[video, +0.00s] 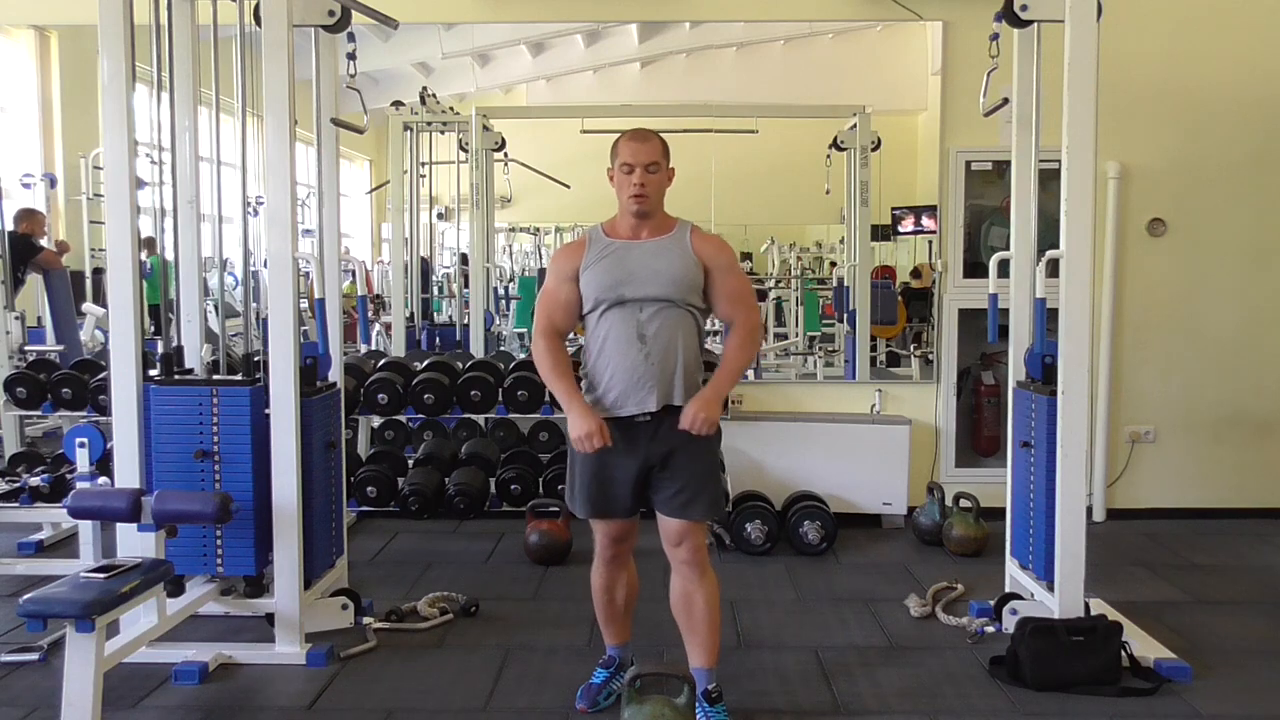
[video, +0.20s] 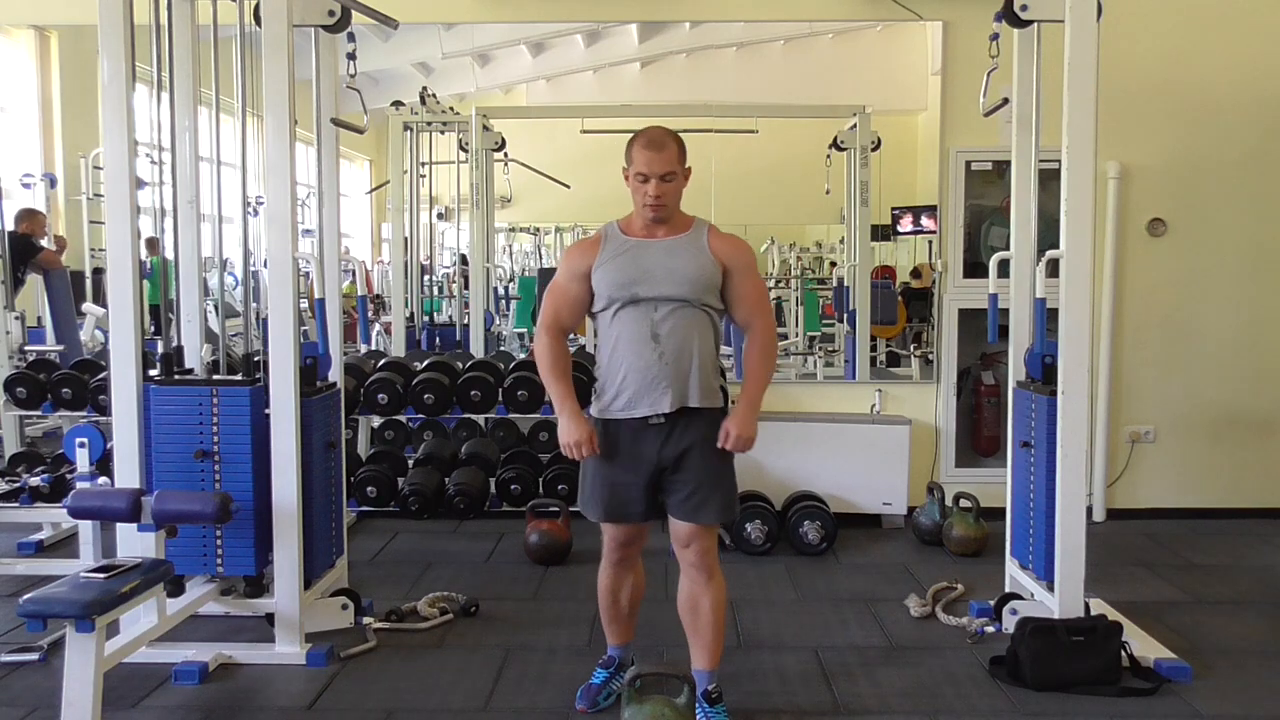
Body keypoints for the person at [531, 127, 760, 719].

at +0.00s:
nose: (637, 179)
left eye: (650, 169)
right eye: (626, 169)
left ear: (669, 176)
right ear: (611, 176)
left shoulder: (704, 248)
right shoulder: (576, 256)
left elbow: (746, 325)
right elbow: (546, 337)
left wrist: (715, 393)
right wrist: (576, 407)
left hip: (684, 424)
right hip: (604, 427)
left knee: (687, 550)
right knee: (611, 547)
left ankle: (705, 689)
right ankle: (615, 660)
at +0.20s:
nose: (654, 189)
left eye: (666, 178)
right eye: (643, 178)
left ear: (685, 176)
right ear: (627, 176)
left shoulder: (724, 250)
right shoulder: (589, 253)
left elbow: (761, 330)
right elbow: (549, 332)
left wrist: (747, 408)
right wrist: (568, 411)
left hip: (697, 424)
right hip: (617, 425)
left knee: (696, 552)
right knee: (618, 548)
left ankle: (706, 689)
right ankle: (617, 659)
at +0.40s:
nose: (673, 198)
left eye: (685, 187)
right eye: (662, 187)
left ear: (706, 179)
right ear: (647, 179)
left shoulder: (746, 252)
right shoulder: (608, 252)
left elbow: (773, 338)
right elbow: (578, 337)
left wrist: (772, 424)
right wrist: (572, 420)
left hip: (712, 431)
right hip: (629, 431)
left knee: (705, 553)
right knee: (618, 554)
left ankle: (707, 689)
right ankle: (616, 658)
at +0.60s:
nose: (683, 201)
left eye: (696, 188)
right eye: (672, 189)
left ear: (722, 178)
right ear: (658, 179)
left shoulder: (763, 252)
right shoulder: (622, 249)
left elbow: (798, 335)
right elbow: (589, 332)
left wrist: (791, 421)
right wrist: (587, 412)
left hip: (717, 432)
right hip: (632, 428)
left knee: (710, 557)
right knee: (604, 555)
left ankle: (706, 694)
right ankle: (611, 654)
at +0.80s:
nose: (681, 203)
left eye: (694, 190)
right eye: (670, 190)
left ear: (721, 179)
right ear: (657, 178)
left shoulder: (759, 251)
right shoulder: (621, 248)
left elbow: (800, 336)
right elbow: (582, 327)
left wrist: (759, 407)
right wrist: (592, 406)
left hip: (718, 435)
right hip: (630, 430)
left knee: (708, 561)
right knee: (605, 559)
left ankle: (708, 696)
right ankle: (590, 679)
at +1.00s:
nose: (665, 206)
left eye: (678, 194)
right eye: (654, 193)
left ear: (702, 181)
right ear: (639, 179)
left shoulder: (739, 253)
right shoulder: (600, 248)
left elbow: (779, 328)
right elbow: (553, 321)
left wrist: (751, 398)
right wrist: (574, 396)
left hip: (703, 436)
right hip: (616, 434)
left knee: (700, 560)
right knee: (602, 563)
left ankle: (707, 695)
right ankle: (589, 694)